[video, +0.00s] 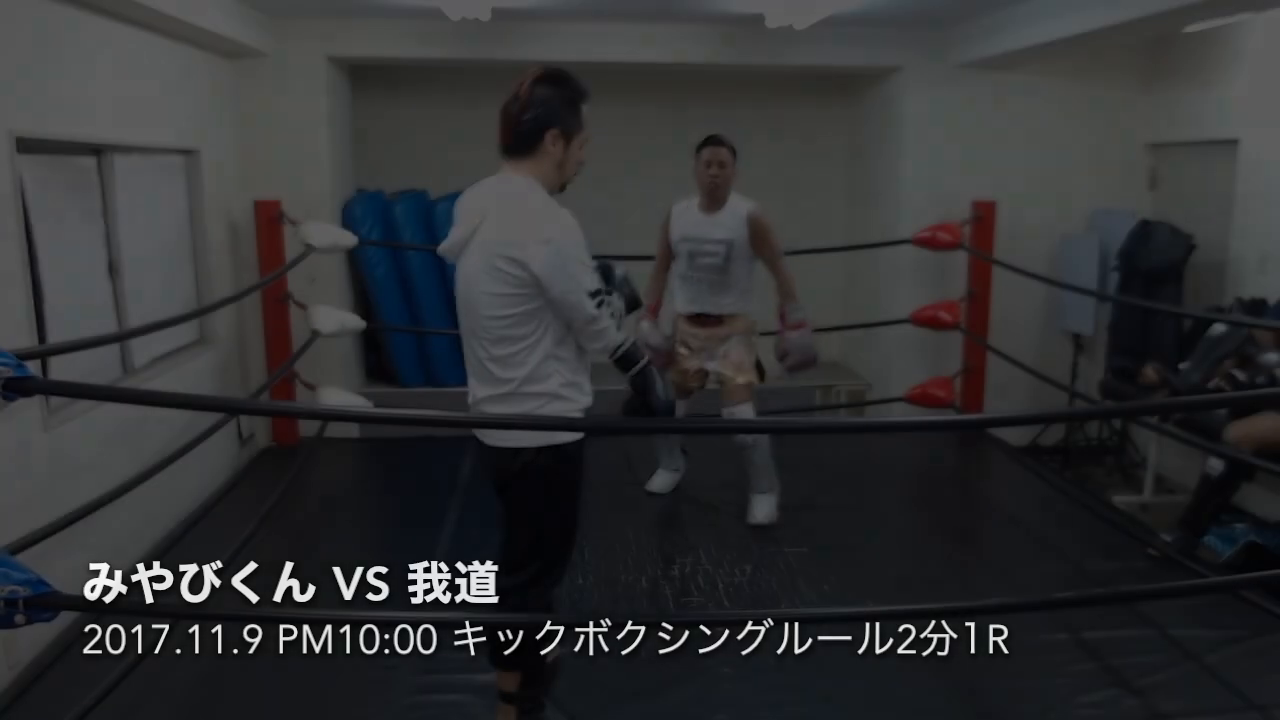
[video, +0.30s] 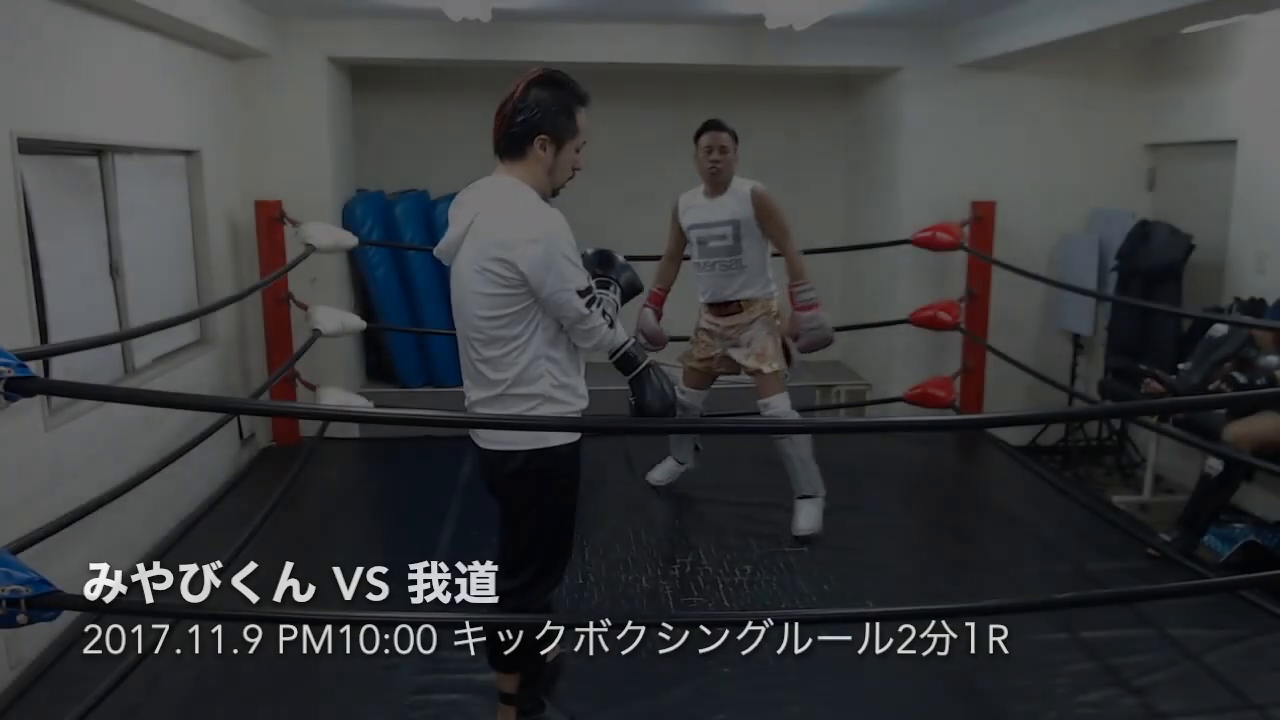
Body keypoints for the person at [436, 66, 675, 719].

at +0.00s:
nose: (584, 155)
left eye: (584, 142)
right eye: (581, 142)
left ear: (524, 135)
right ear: (556, 141)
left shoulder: (478, 202)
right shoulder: (546, 222)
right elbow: (593, 319)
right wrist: (643, 372)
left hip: (496, 415)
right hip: (543, 426)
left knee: (524, 555)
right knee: (541, 564)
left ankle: (516, 674)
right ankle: (518, 697)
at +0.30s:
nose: (582, 160)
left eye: (584, 146)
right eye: (577, 146)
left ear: (528, 141)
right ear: (543, 144)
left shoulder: (474, 203)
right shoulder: (537, 224)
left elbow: (522, 295)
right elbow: (584, 322)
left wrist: (588, 284)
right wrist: (634, 359)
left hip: (495, 419)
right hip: (538, 430)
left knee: (522, 557)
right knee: (537, 567)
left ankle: (520, 668)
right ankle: (515, 701)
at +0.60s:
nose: (572, 166)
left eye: (575, 152)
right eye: (570, 151)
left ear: (515, 142)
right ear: (536, 148)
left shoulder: (468, 200)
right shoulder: (534, 221)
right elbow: (585, 308)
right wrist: (646, 348)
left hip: (491, 418)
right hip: (531, 426)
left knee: (522, 555)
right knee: (530, 568)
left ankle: (522, 660)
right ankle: (513, 702)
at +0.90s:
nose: (563, 162)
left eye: (565, 149)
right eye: (560, 148)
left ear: (500, 140)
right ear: (526, 144)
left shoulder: (463, 199)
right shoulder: (529, 217)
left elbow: (577, 265)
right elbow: (587, 307)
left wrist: (656, 314)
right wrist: (606, 337)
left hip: (487, 423)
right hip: (522, 432)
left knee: (521, 557)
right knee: (519, 575)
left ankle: (522, 659)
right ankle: (512, 705)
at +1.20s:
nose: (550, 161)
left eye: (552, 148)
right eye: (547, 147)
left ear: (488, 140)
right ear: (516, 146)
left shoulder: (452, 200)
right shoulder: (516, 223)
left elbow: (570, 264)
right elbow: (566, 329)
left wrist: (643, 306)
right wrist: (580, 270)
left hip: (476, 413)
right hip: (518, 422)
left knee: (504, 550)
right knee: (523, 570)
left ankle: (490, 656)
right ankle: (516, 702)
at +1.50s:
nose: (541, 162)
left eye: (544, 149)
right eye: (537, 148)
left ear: (485, 142)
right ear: (505, 144)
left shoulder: (445, 195)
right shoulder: (502, 213)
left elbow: (423, 248)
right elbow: (550, 311)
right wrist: (565, 264)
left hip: (453, 405)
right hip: (492, 412)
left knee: (487, 537)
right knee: (512, 555)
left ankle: (487, 654)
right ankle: (512, 703)